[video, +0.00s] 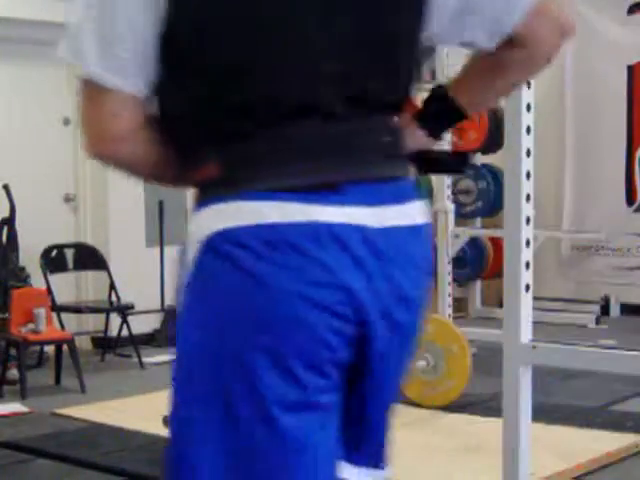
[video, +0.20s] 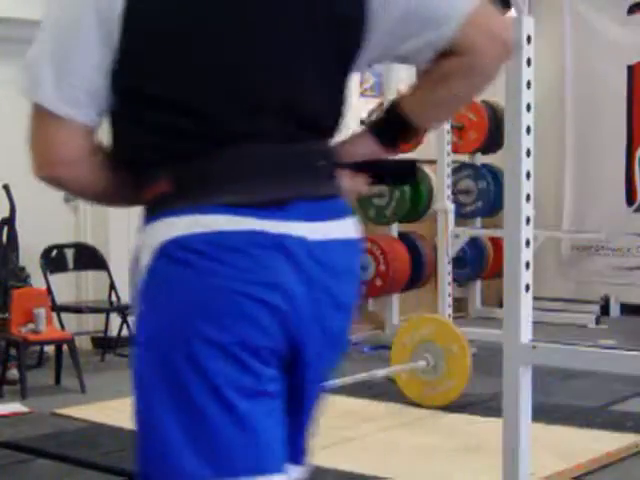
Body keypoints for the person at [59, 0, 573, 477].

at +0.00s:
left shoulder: (138, 5)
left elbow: (112, 132)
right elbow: (548, 26)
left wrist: (218, 161)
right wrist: (438, 112)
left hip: (263, 247)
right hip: (399, 239)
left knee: (263, 468)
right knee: (356, 465)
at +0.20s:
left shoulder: (104, 6)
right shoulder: (349, 4)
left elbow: (59, 156)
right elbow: (489, 38)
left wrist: (156, 181)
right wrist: (384, 136)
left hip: (207, 254)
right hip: (330, 251)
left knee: (226, 467)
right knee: (280, 462)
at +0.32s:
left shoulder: (81, 7)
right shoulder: (312, 8)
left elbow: (37, 156)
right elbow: (446, 45)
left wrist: (119, 185)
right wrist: (349, 136)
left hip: (173, 251)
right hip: (289, 245)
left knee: (186, 471)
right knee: (240, 461)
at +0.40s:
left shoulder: (53, 7)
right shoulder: (276, 5)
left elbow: (13, 147)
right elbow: (397, 36)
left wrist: (96, 172)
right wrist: (305, 127)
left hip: (134, 243)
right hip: (250, 234)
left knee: (103, 465)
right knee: (207, 462)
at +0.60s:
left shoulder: (20, 11)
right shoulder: (214, 7)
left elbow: (3, 159)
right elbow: (327, 23)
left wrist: (60, 169)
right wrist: (253, 118)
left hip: (78, 230)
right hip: (199, 229)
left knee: (20, 456)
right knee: (185, 466)